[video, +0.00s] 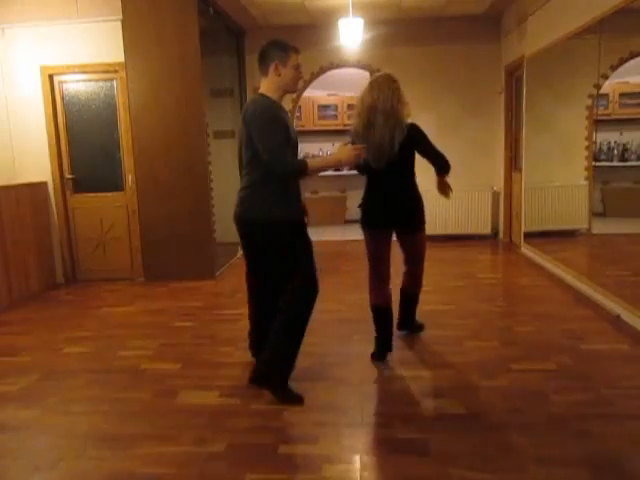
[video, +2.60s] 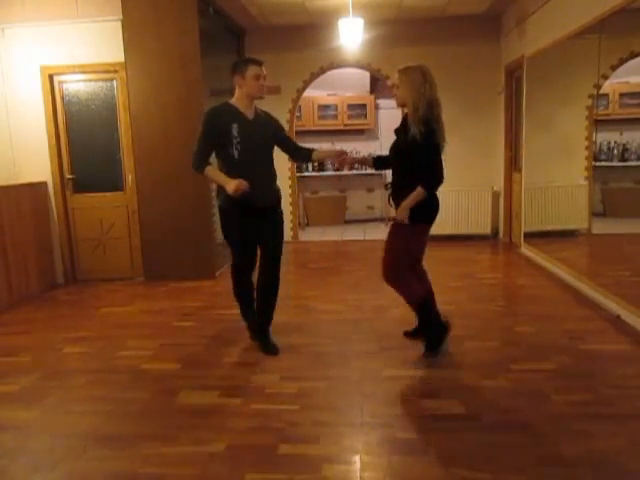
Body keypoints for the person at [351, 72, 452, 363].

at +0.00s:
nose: (405, 99)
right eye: (402, 95)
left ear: (367, 101)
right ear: (398, 101)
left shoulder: (361, 134)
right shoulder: (408, 131)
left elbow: (358, 165)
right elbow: (440, 161)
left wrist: (376, 171)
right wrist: (441, 178)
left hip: (374, 209)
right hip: (407, 208)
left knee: (378, 274)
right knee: (414, 264)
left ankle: (382, 342)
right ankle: (407, 320)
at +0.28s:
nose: (410, 106)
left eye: (409, 101)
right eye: (408, 101)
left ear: (381, 104)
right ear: (402, 104)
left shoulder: (377, 134)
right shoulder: (404, 135)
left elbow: (380, 178)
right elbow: (415, 173)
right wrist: (426, 199)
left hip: (389, 205)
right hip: (410, 206)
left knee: (406, 253)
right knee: (419, 260)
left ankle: (395, 300)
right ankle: (409, 318)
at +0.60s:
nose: (402, 105)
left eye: (407, 101)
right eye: (398, 101)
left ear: (412, 105)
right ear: (390, 104)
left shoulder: (409, 133)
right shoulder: (382, 135)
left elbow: (406, 164)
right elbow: (374, 174)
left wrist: (417, 176)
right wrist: (379, 206)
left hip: (413, 197)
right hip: (395, 198)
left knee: (403, 250)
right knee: (421, 251)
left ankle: (393, 295)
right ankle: (422, 308)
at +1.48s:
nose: (393, 100)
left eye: (398, 95)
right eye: (392, 96)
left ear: (412, 96)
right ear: (394, 99)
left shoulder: (429, 130)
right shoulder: (391, 133)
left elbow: (444, 170)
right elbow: (374, 166)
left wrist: (422, 192)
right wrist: (360, 166)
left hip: (410, 202)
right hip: (385, 200)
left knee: (400, 264)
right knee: (387, 264)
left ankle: (399, 330)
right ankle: (401, 319)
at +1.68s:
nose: (393, 97)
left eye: (397, 91)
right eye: (392, 92)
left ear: (412, 94)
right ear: (401, 94)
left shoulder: (424, 125)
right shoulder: (401, 128)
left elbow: (436, 169)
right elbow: (380, 168)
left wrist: (410, 194)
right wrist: (352, 162)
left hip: (413, 206)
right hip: (394, 206)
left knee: (394, 268)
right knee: (395, 265)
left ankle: (399, 334)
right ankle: (429, 306)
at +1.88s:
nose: (395, 95)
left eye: (399, 89)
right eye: (395, 90)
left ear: (415, 91)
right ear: (408, 93)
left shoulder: (427, 123)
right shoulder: (408, 127)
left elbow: (442, 170)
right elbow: (385, 168)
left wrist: (412, 195)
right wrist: (352, 163)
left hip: (416, 209)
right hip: (413, 208)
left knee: (392, 270)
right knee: (420, 274)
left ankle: (411, 330)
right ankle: (455, 336)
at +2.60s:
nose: (394, 91)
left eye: (399, 86)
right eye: (394, 86)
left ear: (414, 90)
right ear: (409, 90)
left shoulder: (423, 126)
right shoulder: (407, 124)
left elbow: (434, 177)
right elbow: (395, 161)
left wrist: (407, 204)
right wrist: (360, 161)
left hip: (418, 208)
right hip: (412, 208)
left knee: (394, 270)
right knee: (410, 266)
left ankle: (434, 325)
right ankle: (427, 320)